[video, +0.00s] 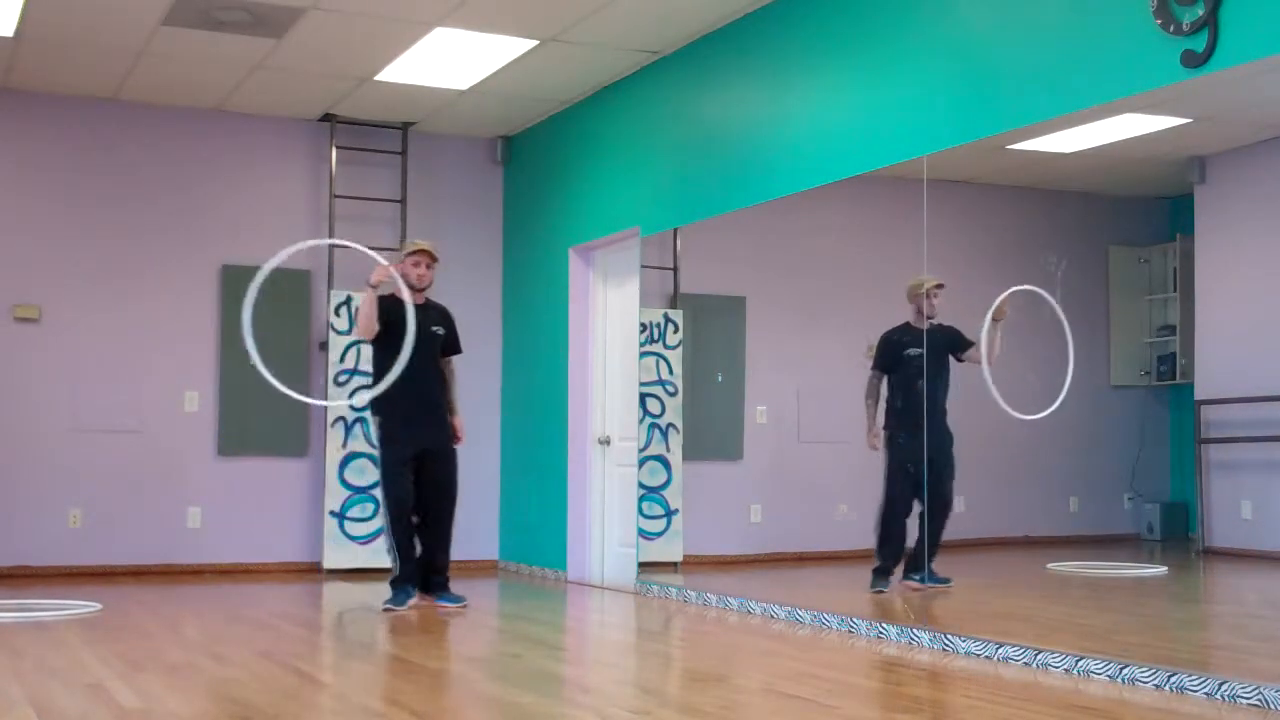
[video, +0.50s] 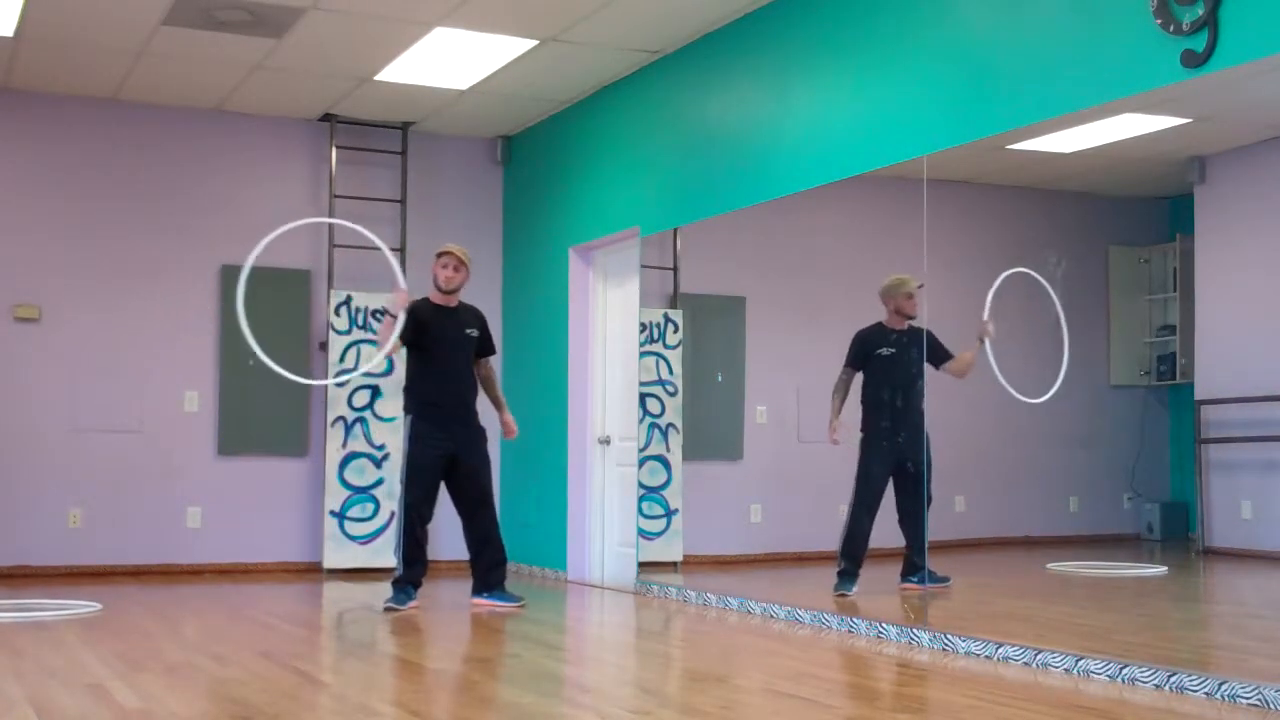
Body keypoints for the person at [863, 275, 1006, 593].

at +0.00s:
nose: (934, 301)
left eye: (936, 296)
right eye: (928, 296)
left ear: (939, 300)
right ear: (913, 300)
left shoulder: (946, 335)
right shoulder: (893, 339)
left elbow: (985, 357)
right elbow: (875, 382)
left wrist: (995, 323)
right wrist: (872, 425)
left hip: (937, 432)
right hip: (902, 433)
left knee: (940, 502)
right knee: (897, 503)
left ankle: (919, 568)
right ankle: (884, 571)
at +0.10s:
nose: (932, 301)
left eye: (934, 296)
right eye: (926, 296)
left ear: (934, 301)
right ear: (910, 301)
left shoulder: (941, 338)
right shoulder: (886, 338)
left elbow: (984, 355)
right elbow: (868, 381)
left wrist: (1010, 326)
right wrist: (862, 424)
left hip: (927, 434)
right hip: (891, 434)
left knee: (927, 504)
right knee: (878, 504)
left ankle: (917, 568)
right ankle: (862, 569)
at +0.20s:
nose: (925, 301)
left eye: (925, 296)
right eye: (919, 296)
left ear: (924, 300)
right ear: (901, 301)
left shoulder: (933, 337)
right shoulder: (878, 337)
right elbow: (858, 380)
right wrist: (852, 422)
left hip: (918, 434)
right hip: (882, 433)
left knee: (919, 503)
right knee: (863, 503)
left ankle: (915, 570)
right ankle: (846, 574)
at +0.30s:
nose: (918, 301)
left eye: (917, 296)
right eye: (911, 296)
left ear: (909, 300)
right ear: (893, 300)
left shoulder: (924, 335)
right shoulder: (868, 337)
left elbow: (977, 344)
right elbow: (848, 379)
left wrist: (1015, 324)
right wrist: (841, 420)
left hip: (914, 437)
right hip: (877, 438)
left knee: (916, 506)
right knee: (859, 506)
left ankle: (916, 570)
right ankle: (845, 574)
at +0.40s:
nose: (910, 302)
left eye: (909, 297)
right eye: (903, 299)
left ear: (906, 301)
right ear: (886, 304)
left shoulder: (921, 334)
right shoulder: (865, 340)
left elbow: (969, 353)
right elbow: (846, 379)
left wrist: (998, 326)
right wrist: (835, 417)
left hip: (914, 438)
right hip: (877, 438)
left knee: (916, 506)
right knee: (861, 507)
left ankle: (915, 570)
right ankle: (846, 575)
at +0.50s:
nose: (916, 302)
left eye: (916, 296)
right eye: (909, 297)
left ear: (911, 301)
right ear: (890, 301)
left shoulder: (922, 338)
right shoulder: (866, 338)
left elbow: (959, 369)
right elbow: (845, 378)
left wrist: (981, 342)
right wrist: (835, 416)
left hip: (913, 437)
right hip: (877, 437)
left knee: (917, 506)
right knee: (865, 508)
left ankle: (915, 570)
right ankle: (847, 575)